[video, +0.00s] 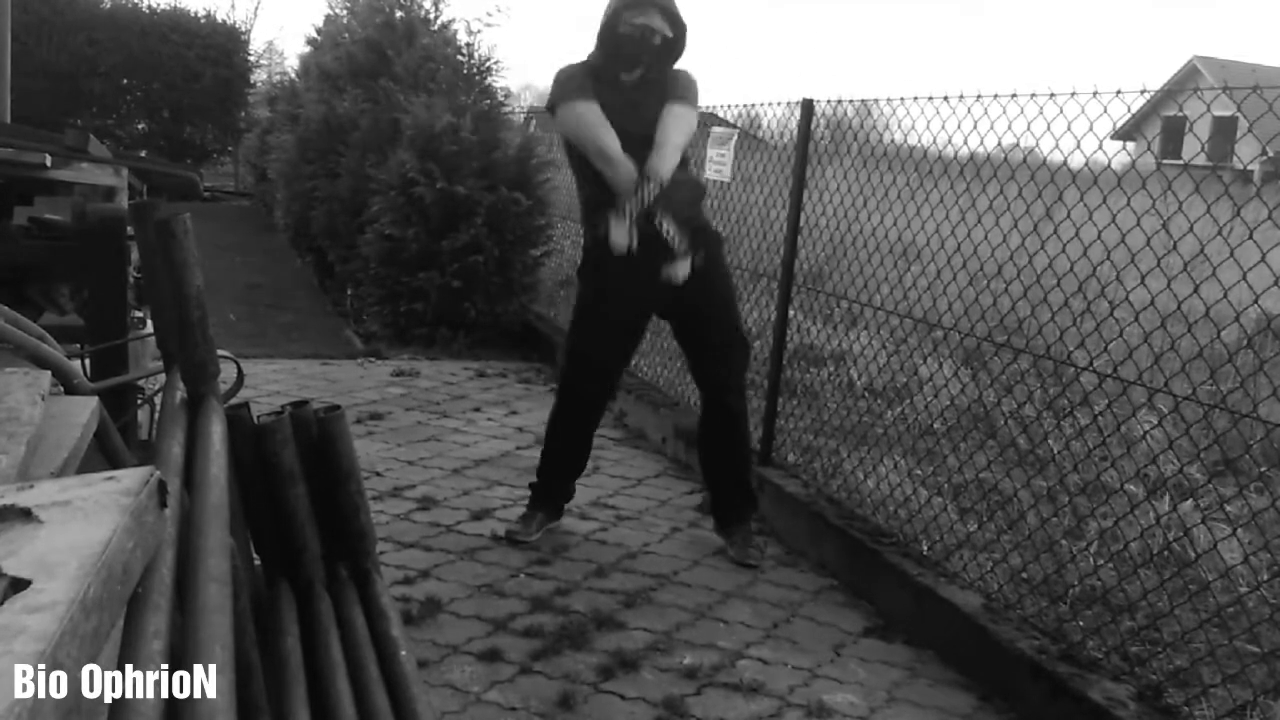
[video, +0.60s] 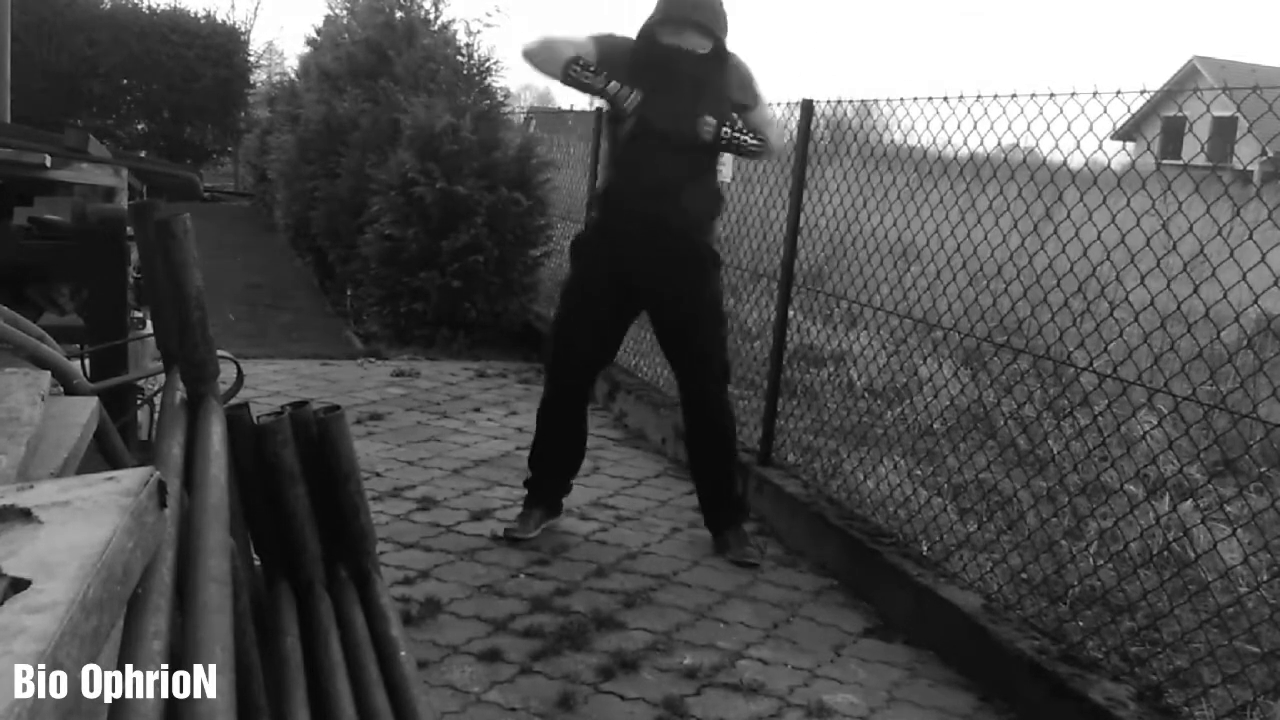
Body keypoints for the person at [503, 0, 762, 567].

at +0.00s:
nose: (644, 44)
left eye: (657, 37)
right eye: (634, 30)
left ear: (670, 46)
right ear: (611, 29)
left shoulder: (679, 85)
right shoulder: (572, 82)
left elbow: (672, 144)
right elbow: (603, 152)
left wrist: (648, 190)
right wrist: (647, 214)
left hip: (689, 255)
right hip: (615, 254)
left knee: (725, 378)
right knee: (584, 383)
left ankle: (736, 518)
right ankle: (546, 503)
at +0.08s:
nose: (645, 48)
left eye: (658, 39)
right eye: (633, 35)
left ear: (676, 43)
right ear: (609, 35)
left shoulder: (688, 77)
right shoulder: (586, 77)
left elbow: (681, 108)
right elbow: (590, 109)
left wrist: (651, 126)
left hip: (690, 254)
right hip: (616, 251)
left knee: (725, 377)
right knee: (578, 377)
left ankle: (735, 518)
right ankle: (546, 502)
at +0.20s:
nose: (657, 35)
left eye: (667, 26)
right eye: (647, 30)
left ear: (691, 22)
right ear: (643, 23)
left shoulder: (726, 61)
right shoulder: (628, 57)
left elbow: (693, 58)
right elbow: (607, 75)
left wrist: (671, 0)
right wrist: (623, 12)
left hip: (688, 247)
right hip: (616, 241)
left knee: (710, 387)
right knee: (577, 375)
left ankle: (728, 519)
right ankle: (542, 498)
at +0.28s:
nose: (655, 51)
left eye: (664, 39)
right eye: (648, 42)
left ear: (696, 35)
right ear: (646, 39)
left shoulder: (742, 75)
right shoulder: (648, 81)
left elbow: (702, 62)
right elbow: (610, 74)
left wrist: (700, 9)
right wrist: (614, 8)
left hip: (683, 255)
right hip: (615, 246)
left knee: (700, 392)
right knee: (576, 375)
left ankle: (724, 523)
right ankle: (541, 497)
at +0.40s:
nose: (669, 66)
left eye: (682, 55)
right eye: (660, 55)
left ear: (712, 52)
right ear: (652, 58)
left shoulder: (750, 103)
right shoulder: (652, 102)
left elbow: (737, 151)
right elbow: (612, 171)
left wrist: (734, 83)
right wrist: (617, 105)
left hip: (680, 267)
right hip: (616, 253)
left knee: (694, 399)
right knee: (566, 370)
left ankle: (723, 525)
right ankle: (544, 497)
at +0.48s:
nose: (673, 54)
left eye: (687, 44)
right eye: (664, 43)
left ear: (713, 44)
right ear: (652, 41)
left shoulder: (745, 97)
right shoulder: (641, 87)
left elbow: (775, 178)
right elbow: (592, 160)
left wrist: (743, 115)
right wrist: (620, 103)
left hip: (682, 261)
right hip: (613, 248)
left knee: (700, 396)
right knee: (568, 372)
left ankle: (723, 526)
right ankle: (543, 497)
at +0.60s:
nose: (682, 52)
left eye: (696, 44)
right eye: (672, 40)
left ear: (712, 38)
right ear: (656, 26)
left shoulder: (729, 75)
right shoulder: (623, 54)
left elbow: (771, 139)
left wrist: (744, 138)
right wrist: (593, 82)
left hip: (685, 259)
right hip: (610, 249)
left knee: (707, 389)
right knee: (567, 376)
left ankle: (727, 524)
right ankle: (542, 500)